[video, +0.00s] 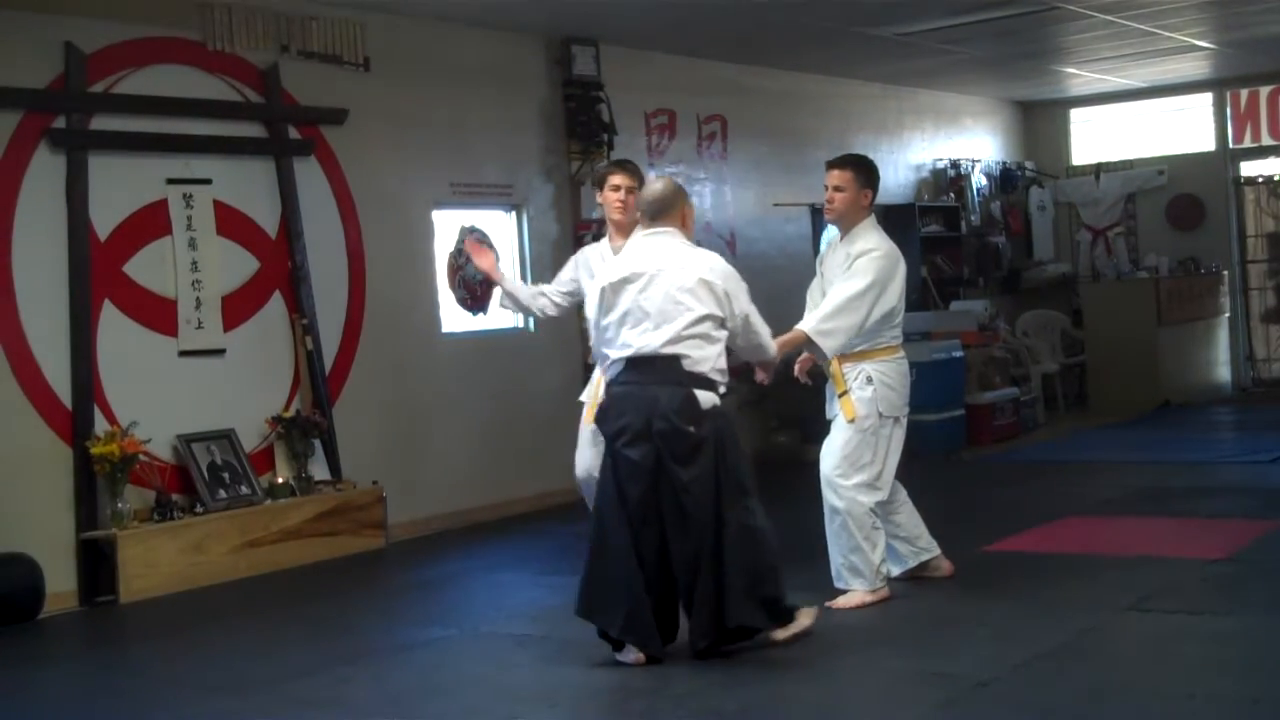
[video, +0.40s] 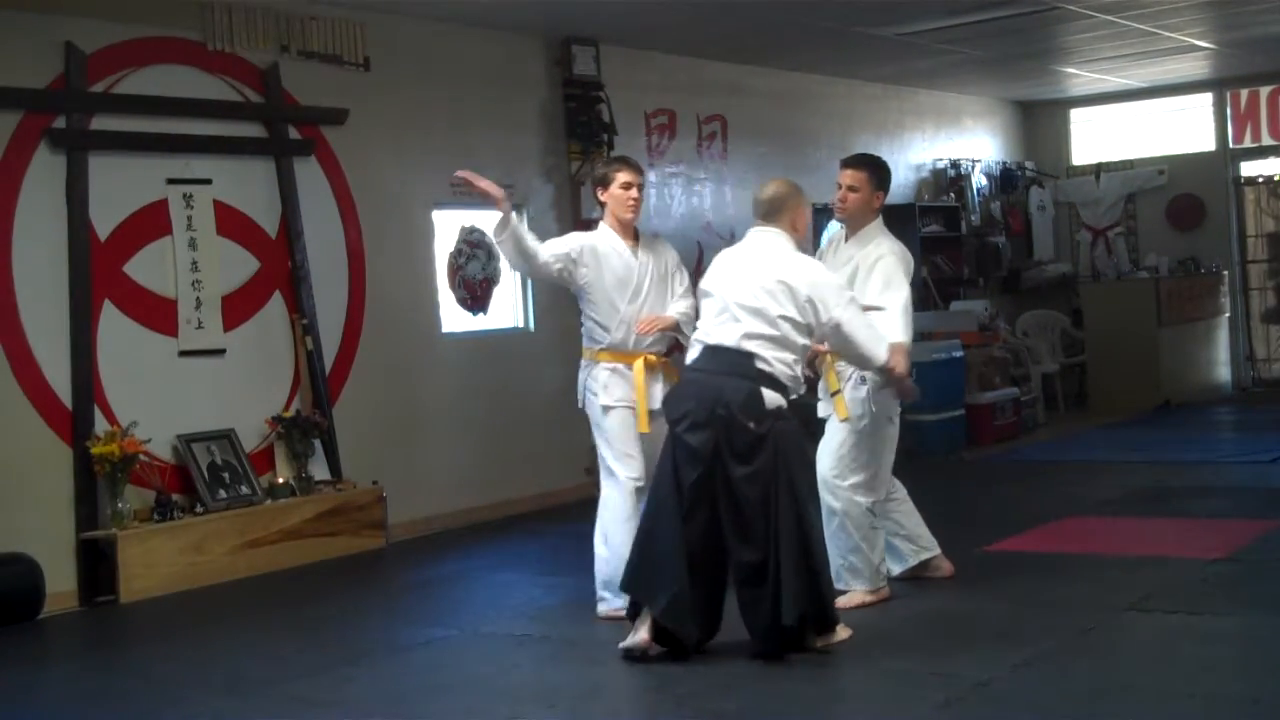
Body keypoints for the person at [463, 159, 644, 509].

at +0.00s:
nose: (622, 197)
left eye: (631, 191)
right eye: (614, 189)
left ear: (642, 200)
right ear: (600, 197)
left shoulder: (657, 249)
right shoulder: (588, 259)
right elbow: (548, 303)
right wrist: (496, 273)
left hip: (659, 372)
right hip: (608, 373)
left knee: (650, 469)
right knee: (588, 468)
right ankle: (620, 552)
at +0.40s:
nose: (635, 195)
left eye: (639, 188)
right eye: (626, 187)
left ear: (643, 196)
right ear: (601, 194)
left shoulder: (663, 253)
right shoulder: (584, 247)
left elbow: (688, 307)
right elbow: (533, 260)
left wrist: (672, 318)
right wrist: (503, 208)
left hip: (658, 373)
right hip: (609, 373)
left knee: (654, 479)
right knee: (627, 477)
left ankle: (652, 591)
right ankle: (614, 596)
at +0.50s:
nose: (634, 193)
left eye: (638, 186)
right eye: (624, 185)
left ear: (642, 194)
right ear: (600, 192)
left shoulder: (650, 247)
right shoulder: (590, 240)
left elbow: (676, 302)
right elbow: (553, 253)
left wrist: (671, 320)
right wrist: (545, 196)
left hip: (649, 373)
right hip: (608, 375)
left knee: (652, 480)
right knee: (633, 483)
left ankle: (646, 590)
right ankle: (616, 597)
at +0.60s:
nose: (632, 190)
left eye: (635, 183)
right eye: (622, 182)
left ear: (638, 192)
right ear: (600, 189)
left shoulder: (634, 248)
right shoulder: (593, 244)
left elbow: (661, 297)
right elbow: (591, 231)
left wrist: (669, 316)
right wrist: (593, 182)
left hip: (640, 371)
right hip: (606, 372)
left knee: (660, 473)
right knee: (636, 478)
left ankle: (643, 585)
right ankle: (616, 595)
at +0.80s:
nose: (633, 186)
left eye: (633, 179)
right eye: (623, 178)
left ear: (616, 186)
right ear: (595, 184)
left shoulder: (609, 228)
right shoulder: (599, 226)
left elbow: (631, 300)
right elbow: (636, 248)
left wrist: (662, 315)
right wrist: (666, 200)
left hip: (614, 366)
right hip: (614, 369)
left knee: (625, 478)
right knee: (648, 474)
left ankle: (607, 577)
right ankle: (617, 594)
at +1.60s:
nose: (628, 190)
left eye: (629, 182)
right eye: (618, 183)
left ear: (628, 189)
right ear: (591, 191)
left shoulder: (618, 236)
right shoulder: (590, 234)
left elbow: (635, 313)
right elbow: (616, 262)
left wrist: (652, 355)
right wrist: (640, 230)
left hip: (634, 370)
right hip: (608, 372)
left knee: (642, 485)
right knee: (627, 488)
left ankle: (639, 580)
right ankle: (618, 597)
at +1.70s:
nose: (626, 191)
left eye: (628, 183)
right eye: (616, 185)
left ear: (630, 188)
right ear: (592, 192)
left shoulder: (628, 239)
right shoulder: (586, 236)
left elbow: (640, 298)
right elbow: (595, 290)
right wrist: (627, 269)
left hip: (635, 364)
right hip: (603, 367)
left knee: (634, 478)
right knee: (614, 482)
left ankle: (632, 588)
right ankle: (615, 593)